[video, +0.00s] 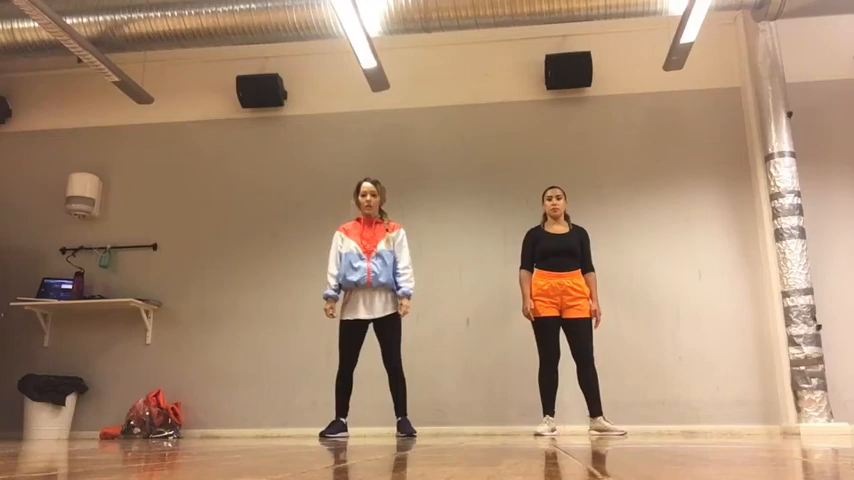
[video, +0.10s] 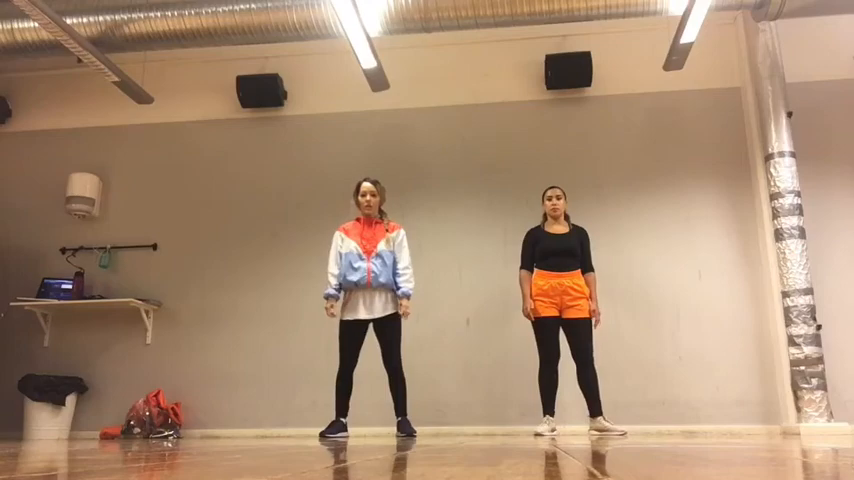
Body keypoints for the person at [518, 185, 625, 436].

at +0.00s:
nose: (554, 202)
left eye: (558, 198)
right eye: (549, 199)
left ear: (566, 203)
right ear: (543, 205)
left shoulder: (579, 233)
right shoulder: (533, 235)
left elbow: (588, 269)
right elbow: (526, 269)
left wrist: (595, 300)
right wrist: (527, 298)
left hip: (576, 299)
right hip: (544, 300)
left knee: (585, 358)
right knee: (548, 359)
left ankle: (597, 418)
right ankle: (548, 419)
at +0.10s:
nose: (554, 202)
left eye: (558, 198)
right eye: (549, 199)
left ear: (566, 203)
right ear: (543, 205)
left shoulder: (579, 233)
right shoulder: (533, 235)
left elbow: (588, 270)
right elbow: (526, 269)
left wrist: (594, 301)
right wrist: (527, 298)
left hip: (576, 299)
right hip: (544, 300)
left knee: (585, 359)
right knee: (548, 359)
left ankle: (597, 418)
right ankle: (548, 419)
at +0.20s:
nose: (554, 202)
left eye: (558, 198)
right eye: (549, 199)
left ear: (566, 204)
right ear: (543, 205)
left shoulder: (579, 233)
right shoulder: (533, 235)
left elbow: (588, 270)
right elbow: (525, 269)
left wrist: (594, 302)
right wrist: (527, 298)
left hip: (576, 299)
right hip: (544, 300)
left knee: (584, 358)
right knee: (548, 359)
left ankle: (597, 418)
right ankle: (548, 419)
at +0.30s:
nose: (554, 202)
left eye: (558, 198)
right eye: (549, 199)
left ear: (566, 204)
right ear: (543, 205)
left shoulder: (579, 233)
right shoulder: (533, 234)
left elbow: (588, 270)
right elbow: (525, 268)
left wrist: (595, 301)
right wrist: (528, 296)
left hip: (576, 299)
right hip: (544, 300)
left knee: (584, 359)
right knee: (548, 359)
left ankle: (597, 418)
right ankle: (548, 419)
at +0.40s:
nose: (555, 202)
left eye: (559, 198)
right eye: (550, 199)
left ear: (566, 204)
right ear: (543, 206)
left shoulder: (580, 233)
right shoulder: (534, 233)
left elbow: (588, 270)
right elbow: (523, 266)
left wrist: (596, 301)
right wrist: (534, 285)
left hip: (576, 299)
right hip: (544, 301)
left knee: (585, 358)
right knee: (548, 359)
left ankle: (596, 418)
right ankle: (548, 419)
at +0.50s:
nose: (556, 203)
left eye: (560, 199)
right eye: (551, 200)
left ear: (568, 203)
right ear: (545, 206)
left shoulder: (582, 233)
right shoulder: (536, 232)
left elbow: (590, 271)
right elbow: (530, 261)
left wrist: (600, 305)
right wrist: (564, 266)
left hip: (577, 302)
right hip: (544, 303)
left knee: (585, 358)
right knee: (548, 359)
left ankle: (595, 419)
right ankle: (548, 419)